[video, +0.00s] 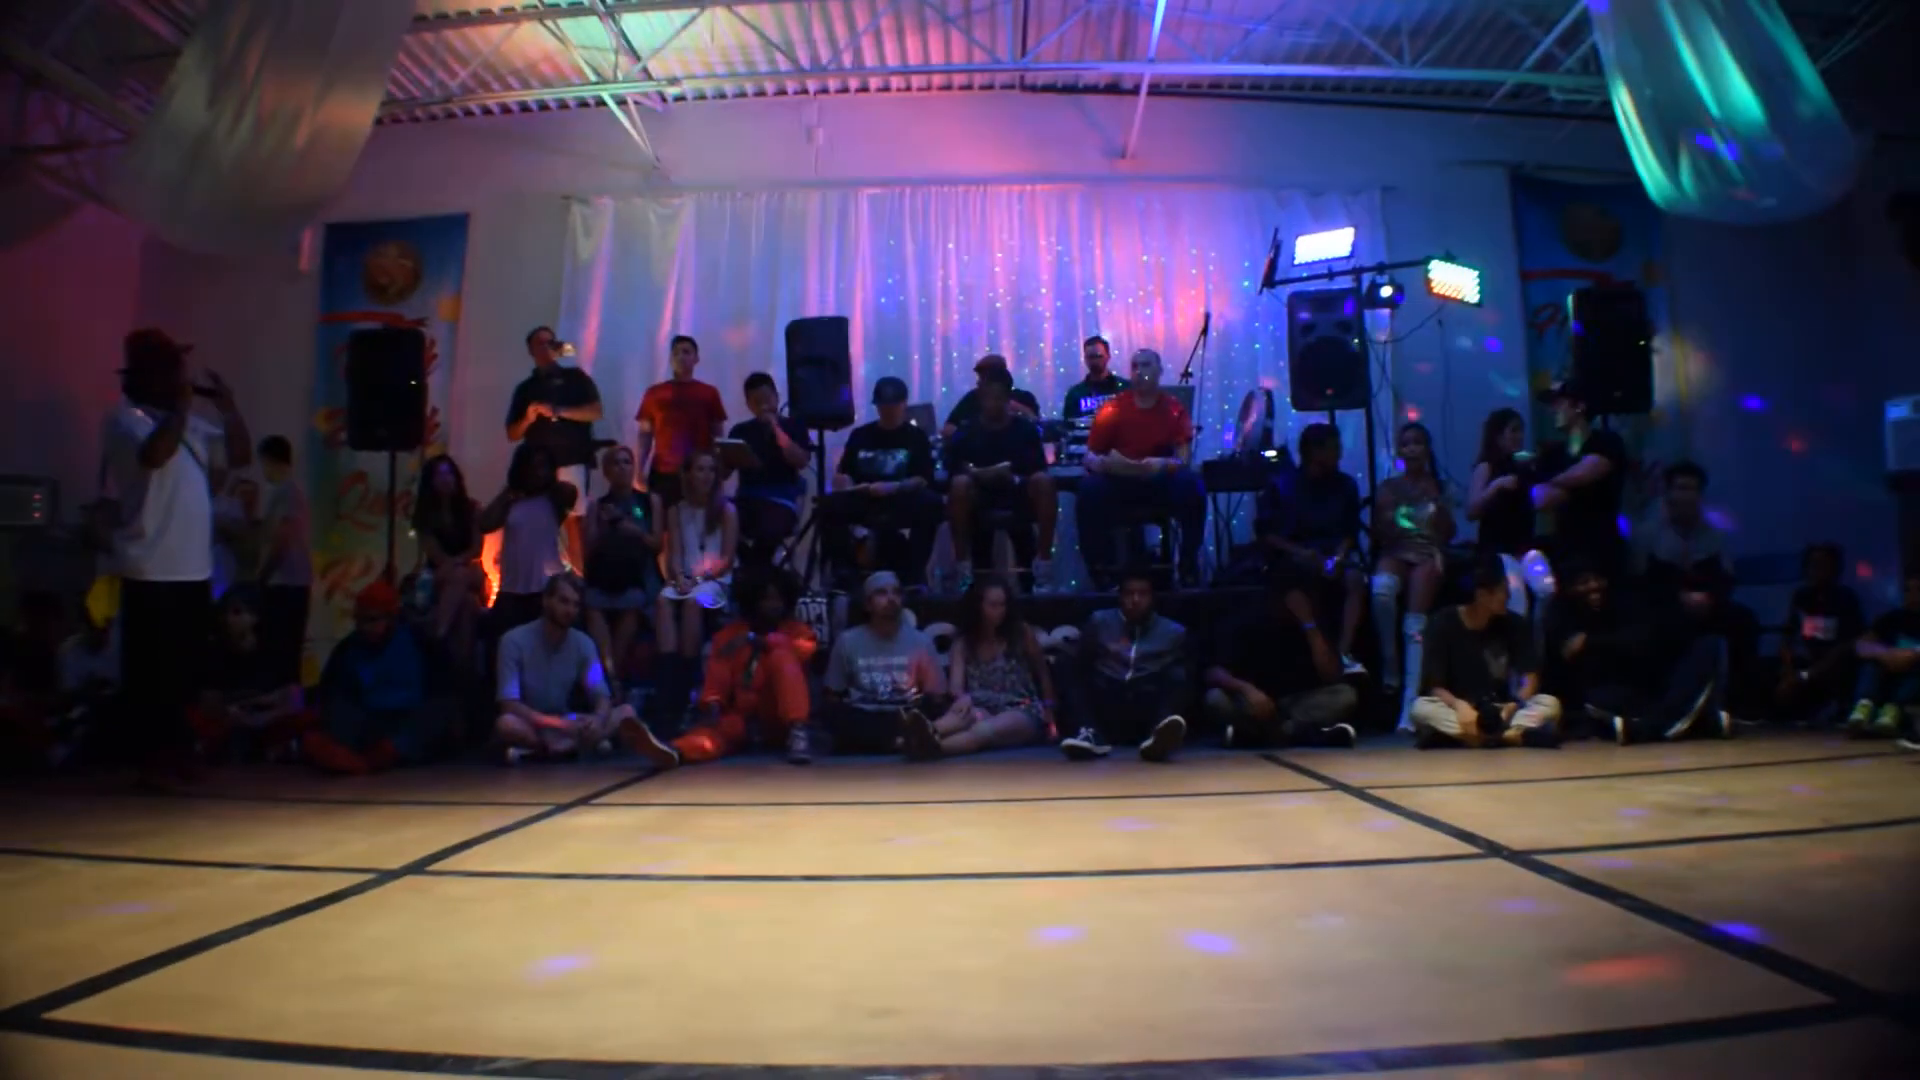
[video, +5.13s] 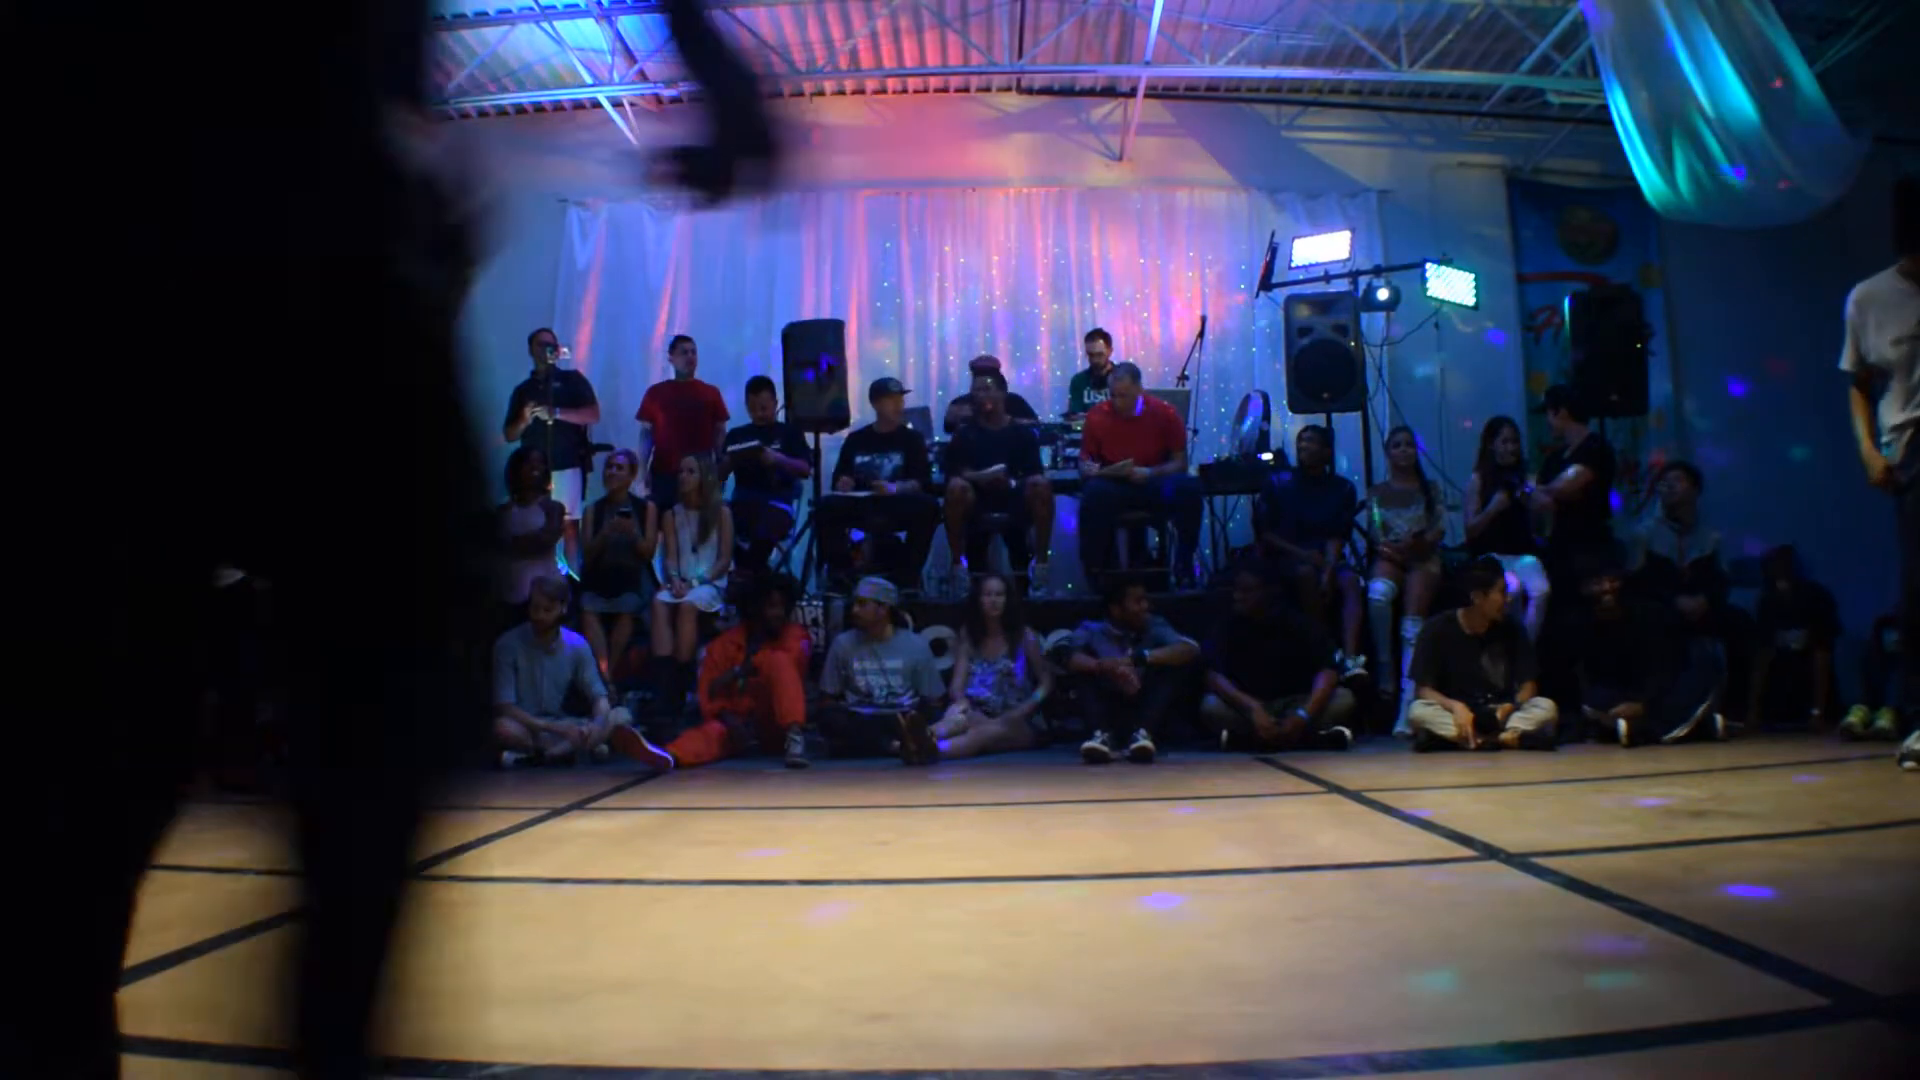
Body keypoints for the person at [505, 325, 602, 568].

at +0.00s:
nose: (547, 348)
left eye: (550, 343)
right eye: (540, 344)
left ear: (558, 347)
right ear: (531, 351)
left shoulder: (577, 377)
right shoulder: (525, 388)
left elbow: (595, 412)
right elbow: (513, 433)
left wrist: (559, 412)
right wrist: (528, 419)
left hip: (572, 459)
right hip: (538, 461)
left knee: (574, 520)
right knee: (536, 517)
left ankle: (579, 574)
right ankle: (538, 575)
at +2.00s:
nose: (539, 356)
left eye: (543, 349)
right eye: (533, 351)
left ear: (553, 350)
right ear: (529, 356)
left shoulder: (575, 379)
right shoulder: (525, 389)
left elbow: (593, 415)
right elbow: (513, 435)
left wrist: (557, 413)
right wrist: (520, 422)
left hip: (569, 463)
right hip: (537, 466)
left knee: (570, 524)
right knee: (536, 523)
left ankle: (573, 576)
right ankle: (539, 578)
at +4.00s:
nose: (548, 351)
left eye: (552, 346)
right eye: (542, 346)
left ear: (558, 351)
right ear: (531, 351)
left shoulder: (573, 379)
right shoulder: (523, 389)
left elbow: (592, 415)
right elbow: (510, 435)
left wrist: (556, 414)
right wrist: (523, 422)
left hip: (568, 464)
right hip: (534, 467)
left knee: (567, 524)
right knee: (534, 523)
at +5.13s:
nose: (549, 350)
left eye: (553, 346)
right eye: (543, 346)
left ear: (559, 351)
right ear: (531, 351)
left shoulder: (573, 379)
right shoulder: (523, 389)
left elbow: (592, 414)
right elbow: (510, 435)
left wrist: (556, 413)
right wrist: (524, 420)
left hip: (568, 463)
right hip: (535, 465)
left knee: (569, 524)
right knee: (536, 522)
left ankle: (572, 577)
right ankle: (539, 580)